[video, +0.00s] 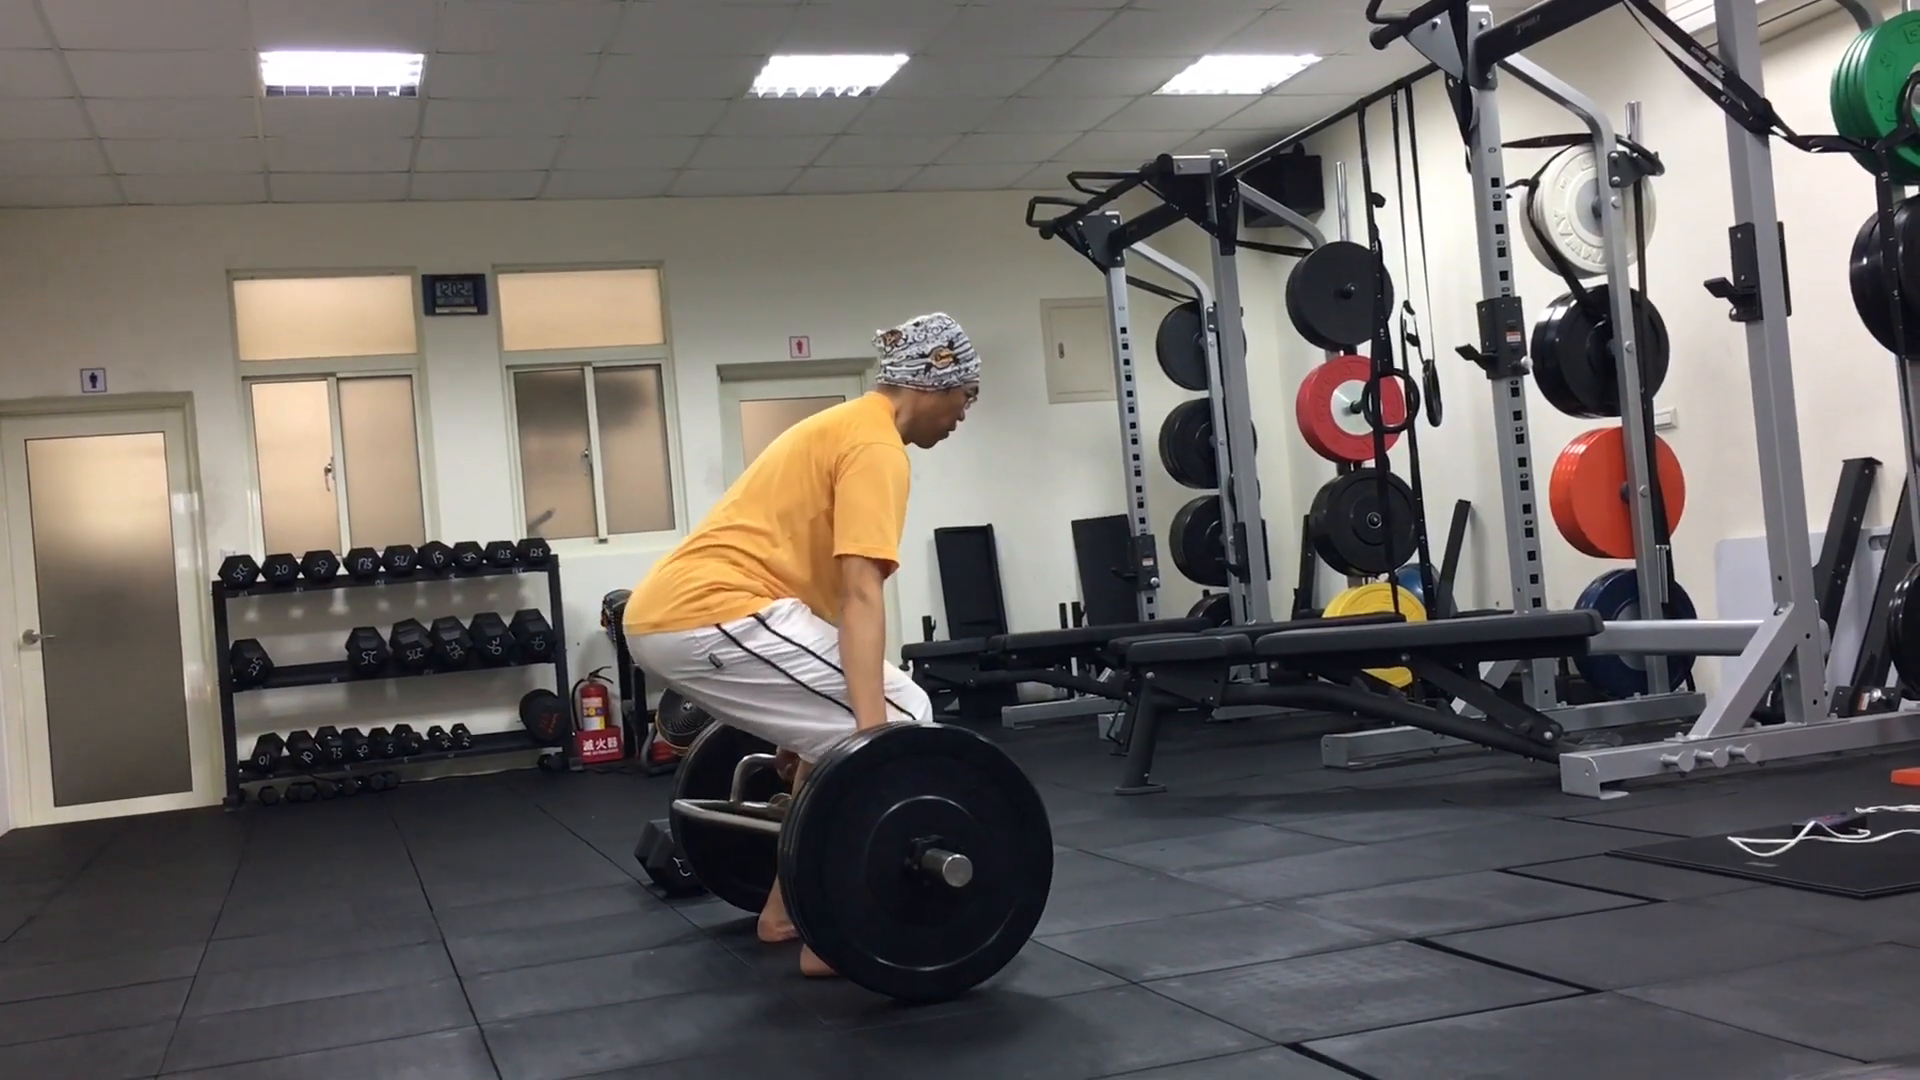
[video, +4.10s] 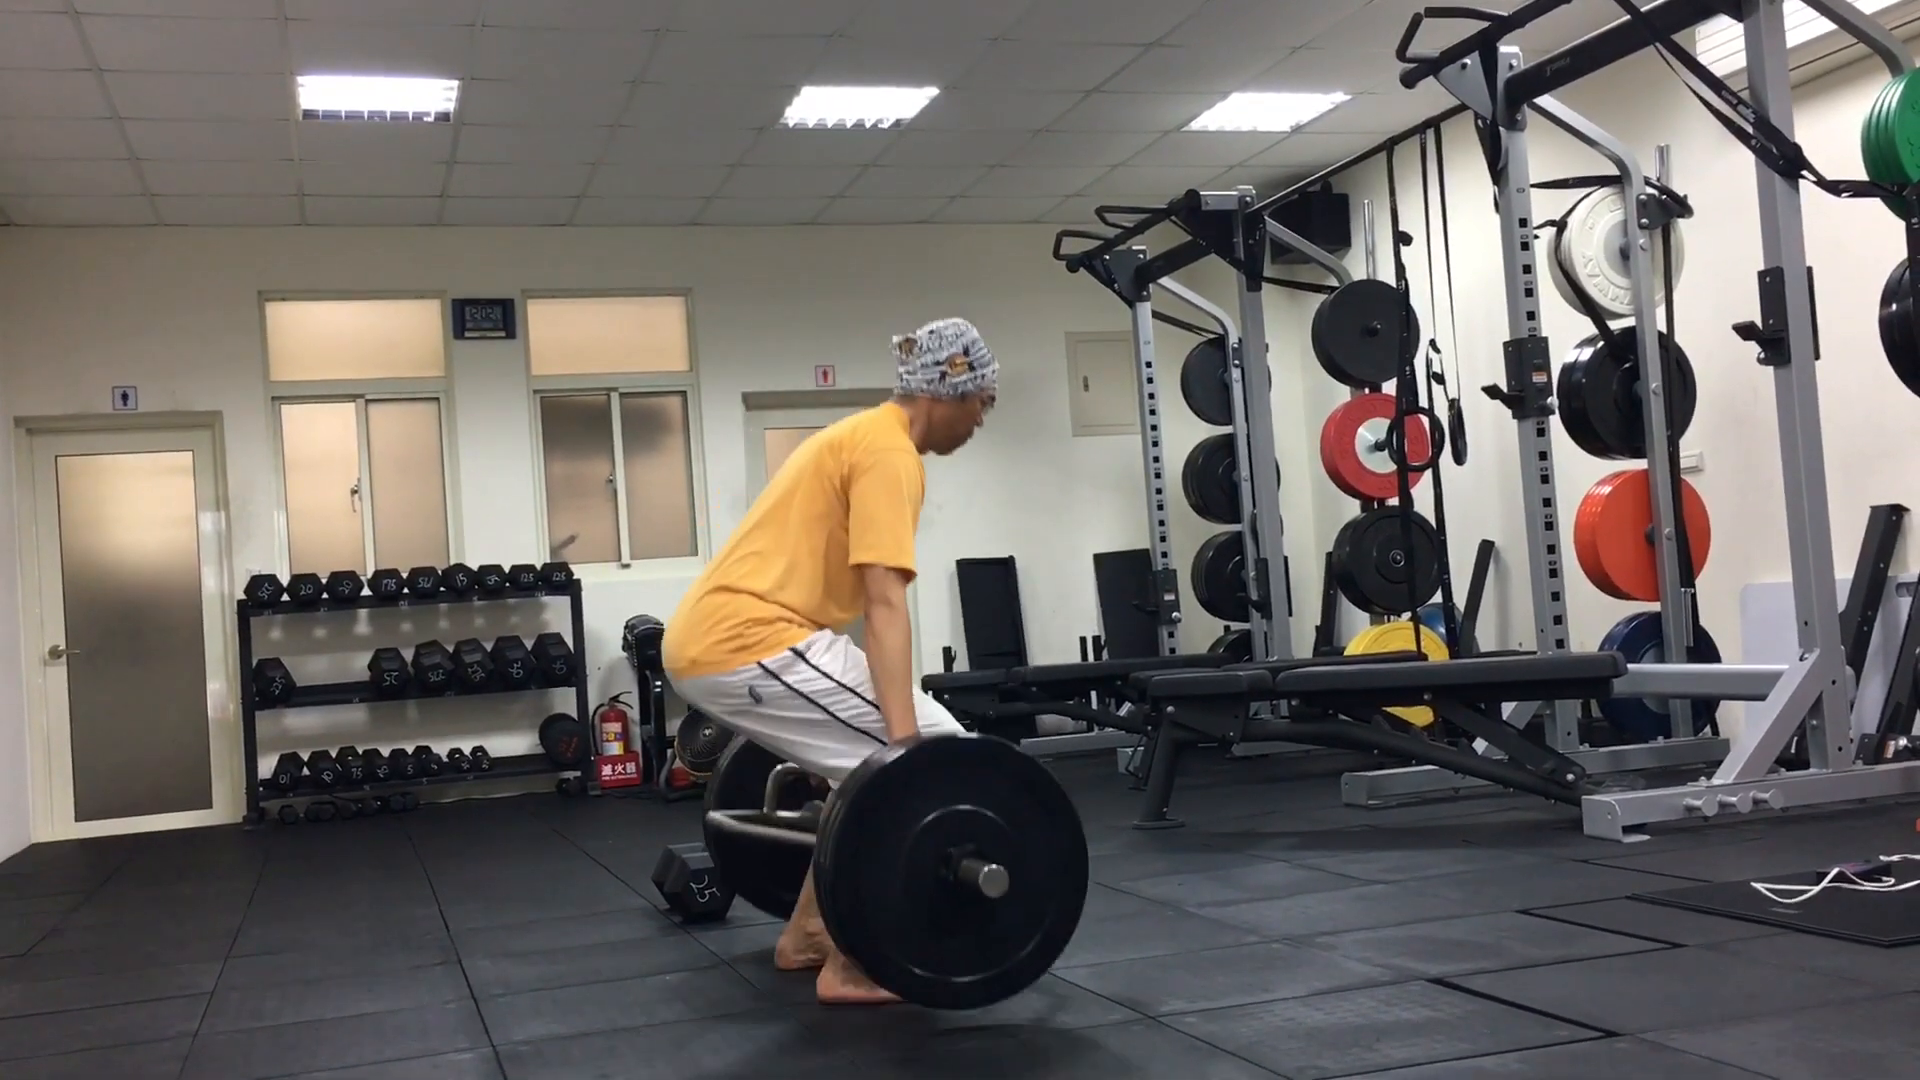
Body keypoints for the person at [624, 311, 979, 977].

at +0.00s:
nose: (961, 419)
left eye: (967, 405)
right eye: (962, 401)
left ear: (907, 382)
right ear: (926, 384)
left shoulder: (841, 428)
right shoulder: (874, 442)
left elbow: (825, 588)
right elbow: (859, 593)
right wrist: (872, 733)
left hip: (672, 613)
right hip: (717, 613)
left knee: (859, 713)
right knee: (904, 714)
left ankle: (785, 904)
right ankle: (838, 934)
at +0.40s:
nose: (957, 324)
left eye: (962, 309)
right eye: (957, 306)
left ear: (895, 288)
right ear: (926, 291)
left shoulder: (836, 337)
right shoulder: (869, 347)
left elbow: (819, 498)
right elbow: (850, 495)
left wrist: (827, 616)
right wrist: (858, 635)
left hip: (684, 535)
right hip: (728, 536)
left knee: (814, 708)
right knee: (853, 708)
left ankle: (787, 900)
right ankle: (834, 930)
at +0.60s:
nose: (924, 229)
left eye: (930, 213)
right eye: (926, 210)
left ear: (866, 191)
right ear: (895, 193)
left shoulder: (805, 253)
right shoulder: (844, 258)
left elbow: (778, 407)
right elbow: (837, 403)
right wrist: (852, 544)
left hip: (704, 500)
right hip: (753, 503)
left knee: (774, 707)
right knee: (829, 700)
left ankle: (783, 899)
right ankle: (832, 929)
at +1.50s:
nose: (928, 311)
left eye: (934, 294)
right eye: (930, 291)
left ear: (873, 270)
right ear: (900, 273)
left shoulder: (804, 330)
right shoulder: (848, 333)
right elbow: (852, 480)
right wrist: (879, 623)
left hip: (701, 565)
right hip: (747, 566)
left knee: (821, 738)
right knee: (881, 731)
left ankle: (794, 930)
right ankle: (842, 961)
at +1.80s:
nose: (957, 406)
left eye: (962, 391)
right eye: (958, 388)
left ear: (898, 372)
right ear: (926, 374)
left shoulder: (835, 425)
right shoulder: (873, 434)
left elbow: (858, 588)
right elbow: (876, 589)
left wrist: (882, 705)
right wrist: (900, 727)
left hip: (700, 637)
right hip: (745, 636)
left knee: (869, 747)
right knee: (914, 747)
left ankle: (805, 930)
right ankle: (853, 962)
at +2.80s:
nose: (970, 297)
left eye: (974, 279)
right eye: (970, 276)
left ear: (911, 258)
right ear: (940, 263)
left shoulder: (850, 321)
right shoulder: (880, 327)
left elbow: (839, 483)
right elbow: (869, 476)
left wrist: (863, 622)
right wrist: (881, 625)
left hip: (736, 548)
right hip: (772, 550)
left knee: (837, 729)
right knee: (880, 728)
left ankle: (812, 933)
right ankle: (857, 964)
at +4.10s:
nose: (980, 423)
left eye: (985, 408)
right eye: (980, 405)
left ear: (921, 390)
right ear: (946, 393)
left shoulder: (858, 438)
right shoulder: (887, 448)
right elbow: (883, 604)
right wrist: (904, 741)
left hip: (708, 640)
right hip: (749, 640)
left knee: (880, 755)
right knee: (936, 753)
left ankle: (807, 933)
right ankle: (852, 963)